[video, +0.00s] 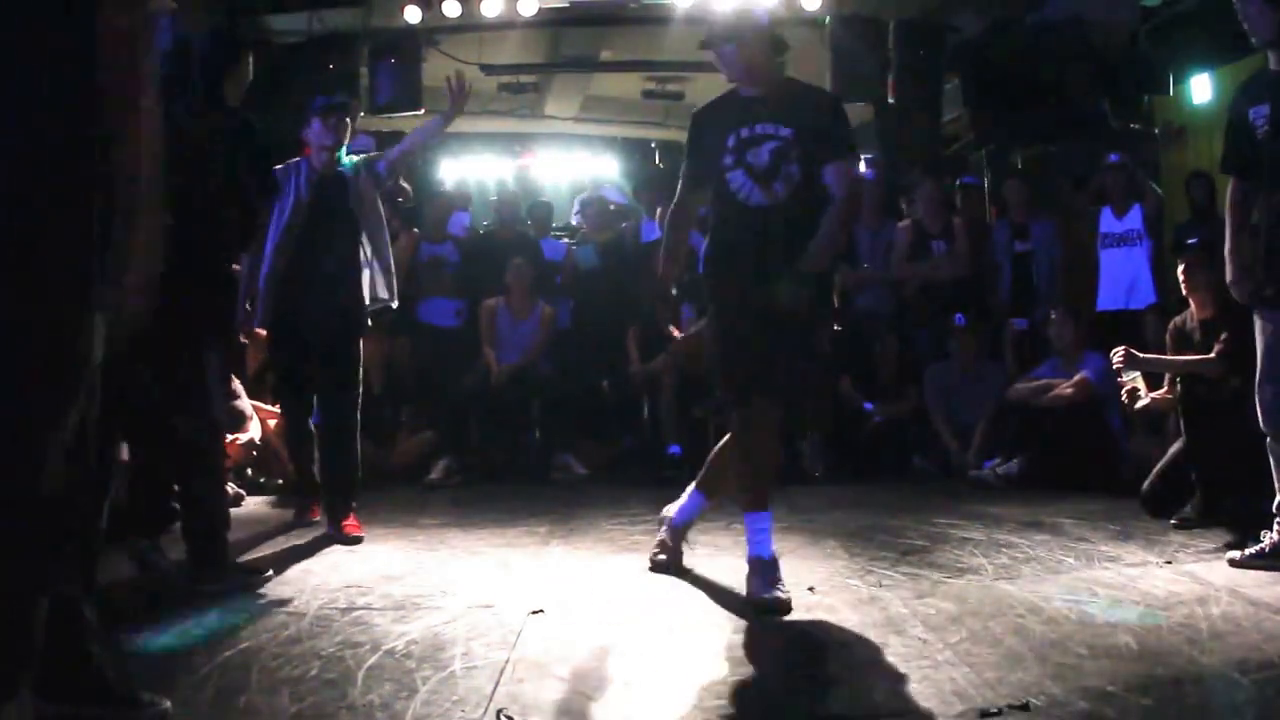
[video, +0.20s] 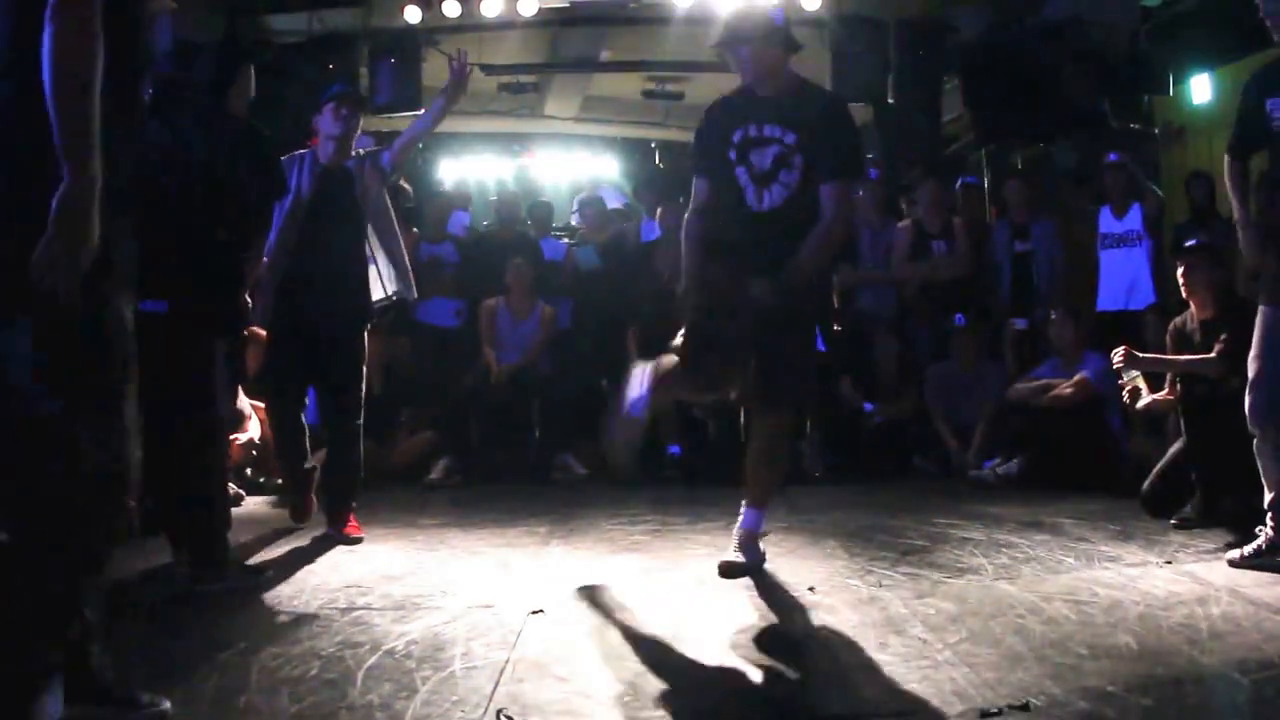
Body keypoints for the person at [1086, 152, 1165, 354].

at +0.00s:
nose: (1115, 180)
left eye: (1120, 174)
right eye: (1109, 174)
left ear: (1129, 178)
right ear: (1103, 179)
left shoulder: (1143, 211)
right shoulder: (1098, 214)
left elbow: (1156, 199)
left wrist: (1135, 175)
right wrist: (1100, 178)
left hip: (1141, 297)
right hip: (1108, 298)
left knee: (1150, 354)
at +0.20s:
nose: (1114, 182)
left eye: (1119, 175)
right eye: (1109, 176)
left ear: (1128, 179)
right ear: (1103, 181)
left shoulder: (1144, 211)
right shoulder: (1098, 214)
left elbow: (1156, 201)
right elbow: (1092, 255)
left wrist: (1133, 172)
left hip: (1140, 301)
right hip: (1108, 302)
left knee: (1148, 360)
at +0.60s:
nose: (1112, 181)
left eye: (1117, 175)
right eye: (1108, 175)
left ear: (1128, 179)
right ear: (1103, 180)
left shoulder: (1142, 210)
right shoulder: (1099, 213)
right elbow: (1095, 253)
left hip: (1138, 299)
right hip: (1106, 299)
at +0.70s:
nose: (1114, 182)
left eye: (1119, 176)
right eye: (1109, 176)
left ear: (1130, 180)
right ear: (1103, 180)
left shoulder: (1143, 213)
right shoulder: (1096, 213)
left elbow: (1157, 252)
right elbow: (1087, 255)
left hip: (1138, 299)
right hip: (1106, 300)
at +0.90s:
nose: (1112, 179)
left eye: (1118, 173)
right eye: (1108, 173)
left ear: (1128, 178)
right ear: (1103, 177)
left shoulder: (1145, 213)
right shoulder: (1094, 215)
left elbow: (1153, 258)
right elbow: (1089, 257)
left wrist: (1139, 288)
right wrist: (1094, 288)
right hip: (1106, 303)